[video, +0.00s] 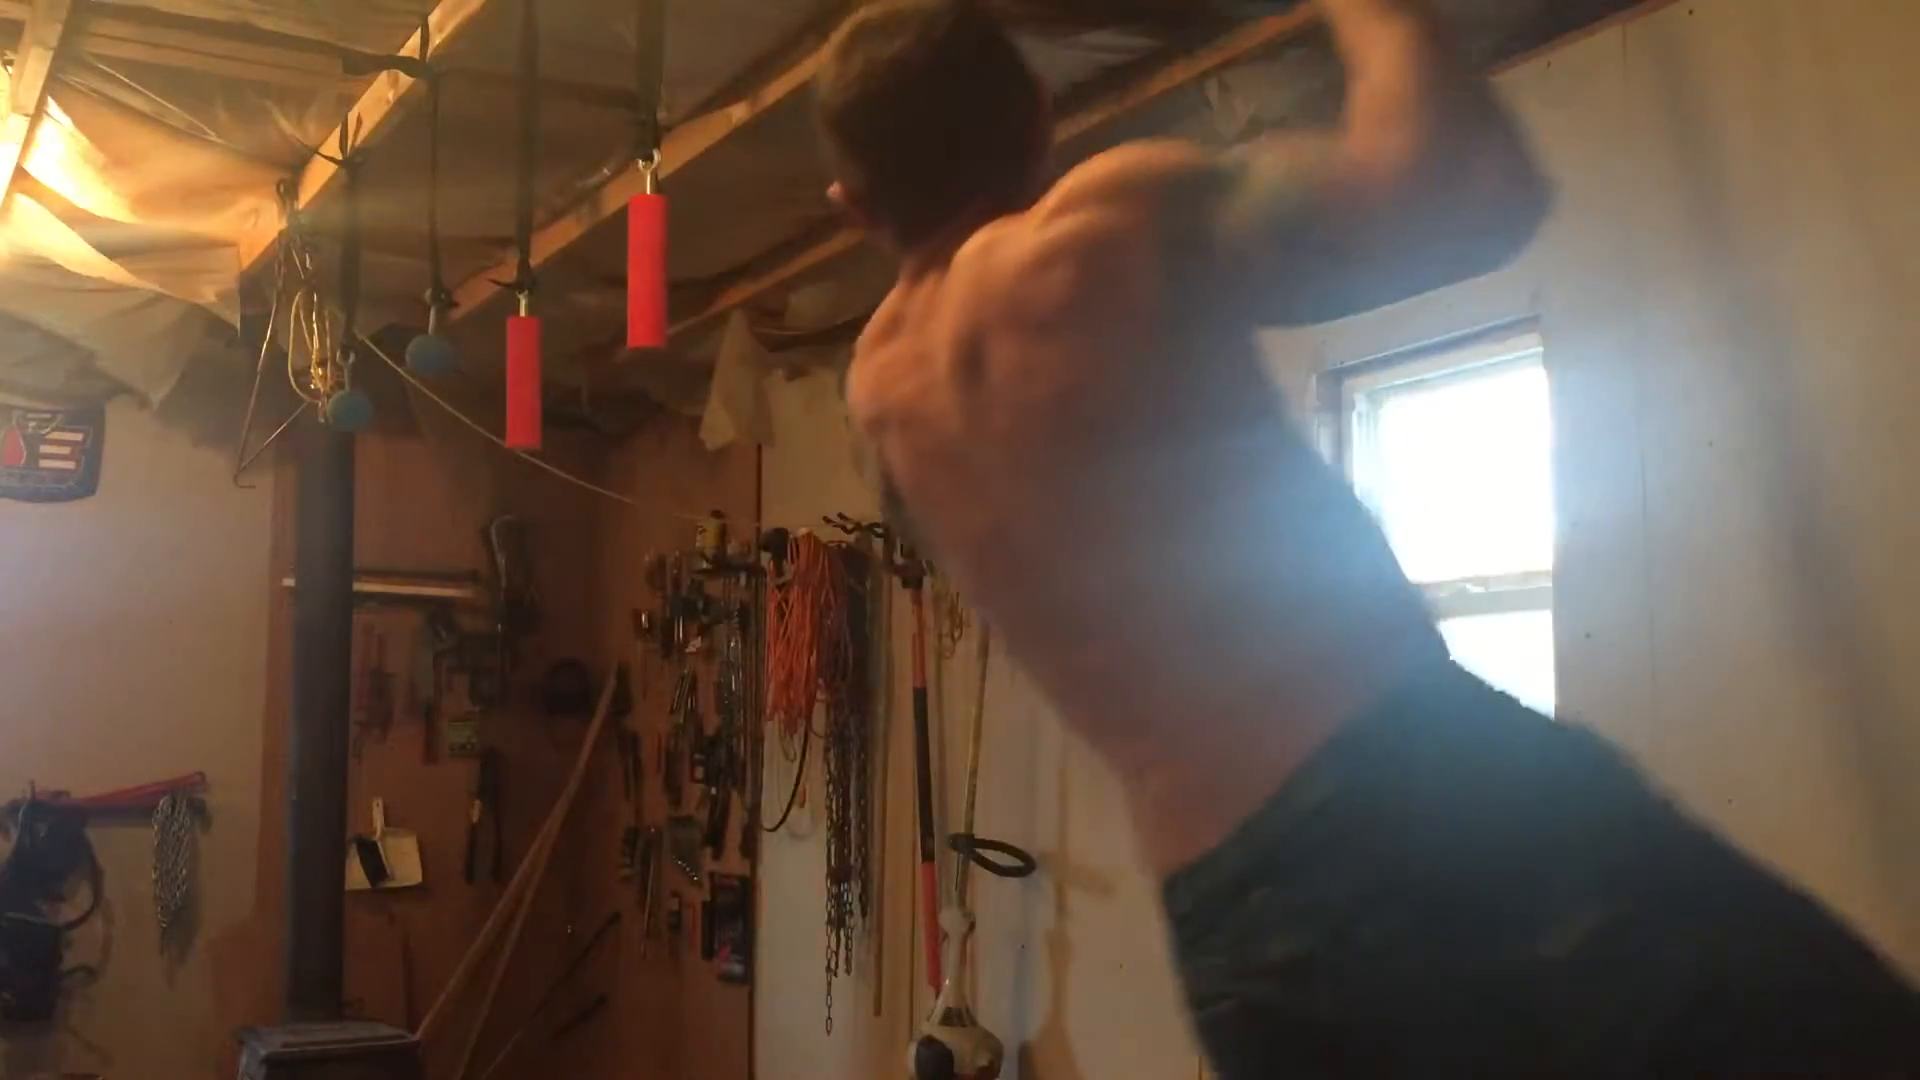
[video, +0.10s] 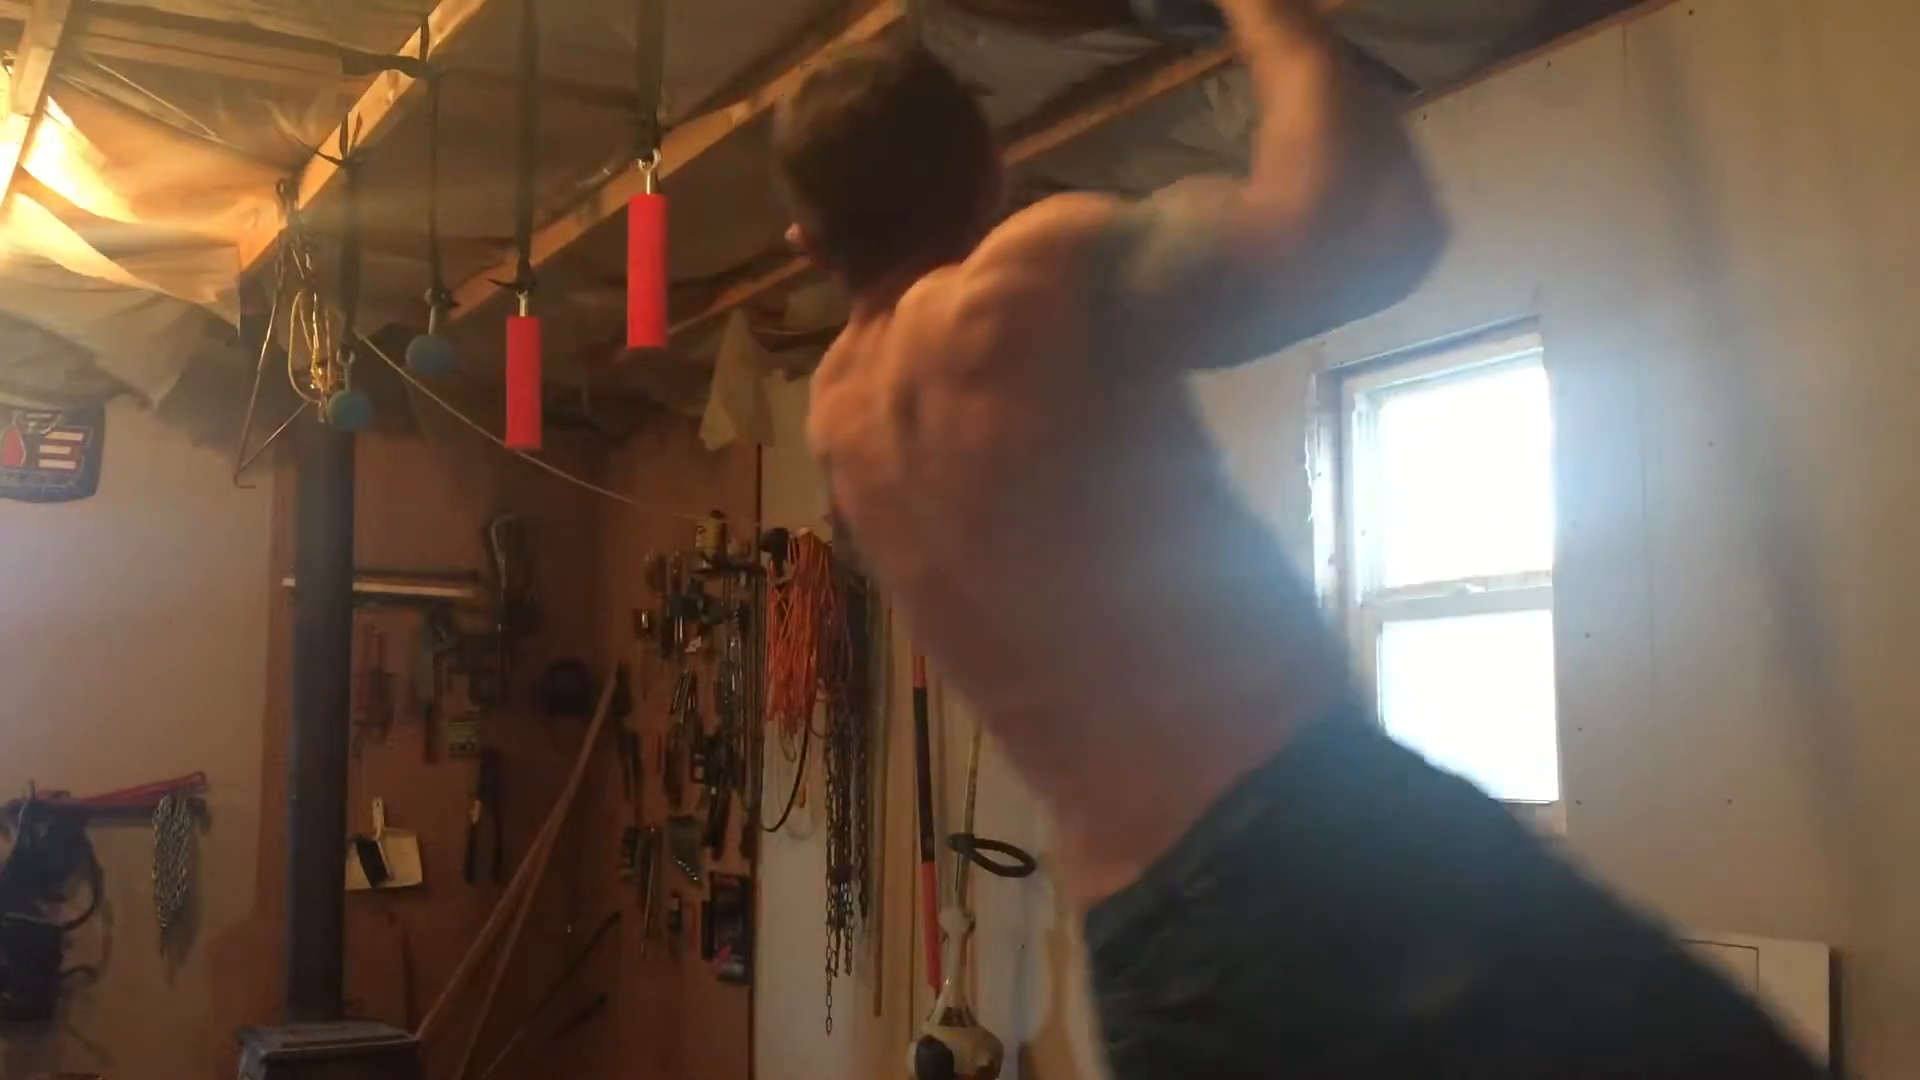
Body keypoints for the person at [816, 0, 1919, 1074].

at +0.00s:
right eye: (1031, 86)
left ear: (855, 210)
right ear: (1029, 115)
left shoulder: (877, 387)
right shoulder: (1121, 218)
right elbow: (1472, 189)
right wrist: (1368, 11)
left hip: (1229, 925)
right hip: (1437, 806)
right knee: (1854, 1032)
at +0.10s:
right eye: (993, 139)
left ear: (815, 254)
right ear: (987, 166)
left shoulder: (835, 412)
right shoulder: (1043, 272)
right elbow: (1375, 225)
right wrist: (1274, 29)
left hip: (1139, 961)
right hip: (1337, 860)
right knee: (1735, 1059)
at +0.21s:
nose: (951, 182)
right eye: (944, 173)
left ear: (773, 283)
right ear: (946, 201)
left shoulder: (787, 431)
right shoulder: (979, 319)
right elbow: (1278, 257)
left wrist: (931, 199)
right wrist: (1187, 30)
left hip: (1042, 978)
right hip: (1225, 898)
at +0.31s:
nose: (929, 251)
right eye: (919, 227)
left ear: (742, 294)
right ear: (910, 248)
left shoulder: (748, 441)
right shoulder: (928, 350)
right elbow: (1213, 284)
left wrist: (919, 240)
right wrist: (1127, 37)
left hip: (943, 988)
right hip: (1128, 947)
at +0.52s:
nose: (878, 254)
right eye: (870, 234)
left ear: (702, 280)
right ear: (856, 267)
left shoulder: (675, 429)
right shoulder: (882, 379)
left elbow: (796, 398)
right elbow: (1181, 333)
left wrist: (877, 268)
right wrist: (1075, 77)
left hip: (765, 987)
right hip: (970, 1000)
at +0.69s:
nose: (860, 277)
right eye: (858, 258)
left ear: (671, 286)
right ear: (850, 280)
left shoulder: (611, 412)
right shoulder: (906, 420)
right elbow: (1190, 368)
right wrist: (1073, 121)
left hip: (651, 945)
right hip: (859, 991)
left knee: (511, 1054)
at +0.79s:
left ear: (682, 288)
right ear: (850, 295)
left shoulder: (589, 398)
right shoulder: (931, 448)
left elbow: (578, 541)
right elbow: (1147, 379)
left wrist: (693, 321)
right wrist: (1063, 128)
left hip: (598, 878)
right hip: (781, 921)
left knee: (399, 946)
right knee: (650, 1001)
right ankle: (647, 1069)